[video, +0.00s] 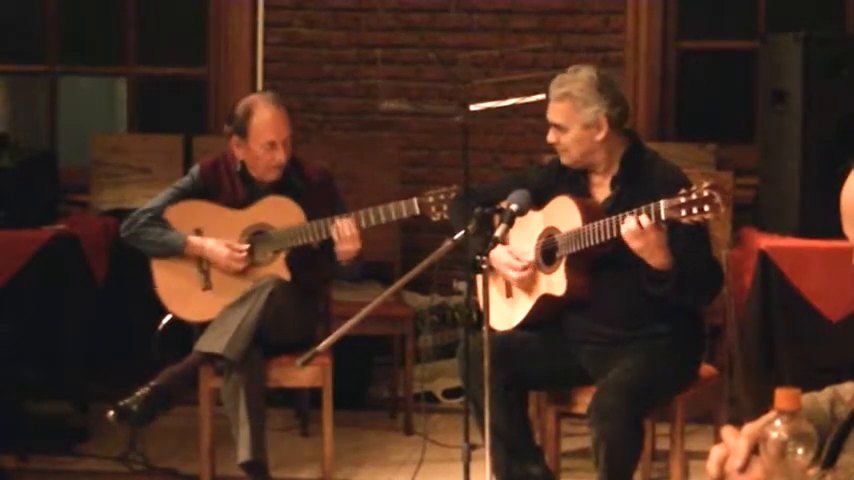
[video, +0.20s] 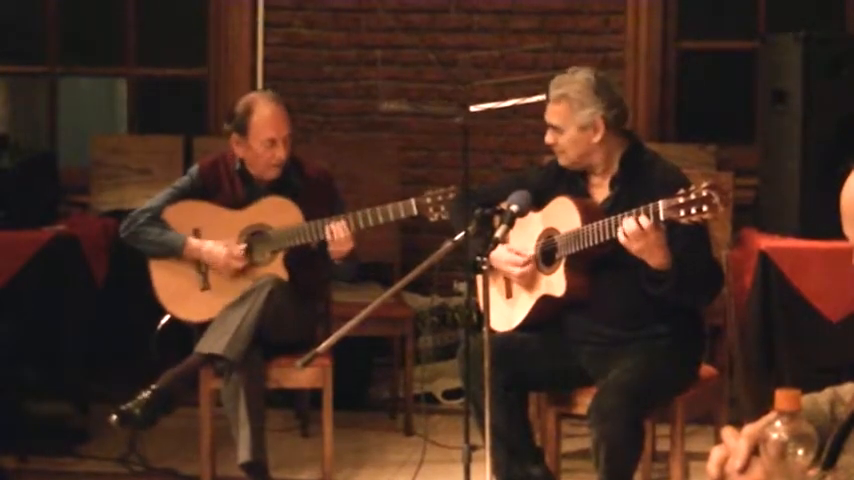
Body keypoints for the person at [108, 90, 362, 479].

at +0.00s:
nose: (281, 156)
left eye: (285, 144)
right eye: (269, 147)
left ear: (292, 138)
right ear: (238, 146)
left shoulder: (313, 181)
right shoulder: (212, 176)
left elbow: (339, 266)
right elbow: (135, 228)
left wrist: (348, 257)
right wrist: (203, 247)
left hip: (297, 314)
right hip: (228, 309)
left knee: (269, 288)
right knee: (244, 354)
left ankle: (169, 383)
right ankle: (253, 467)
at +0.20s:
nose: (281, 154)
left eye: (285, 141)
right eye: (270, 144)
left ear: (291, 137)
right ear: (238, 144)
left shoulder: (314, 183)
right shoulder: (212, 175)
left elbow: (344, 271)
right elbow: (135, 228)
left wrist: (344, 257)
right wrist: (203, 250)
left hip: (298, 314)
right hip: (228, 309)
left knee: (267, 288)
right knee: (245, 355)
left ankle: (166, 388)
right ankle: (254, 469)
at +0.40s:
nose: (278, 151)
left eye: (282, 138)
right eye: (267, 141)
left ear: (289, 136)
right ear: (235, 143)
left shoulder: (311, 184)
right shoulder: (208, 176)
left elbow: (326, 265)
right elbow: (131, 229)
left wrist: (358, 247)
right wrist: (194, 255)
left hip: (294, 319)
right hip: (226, 313)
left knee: (267, 288)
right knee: (244, 354)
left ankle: (169, 394)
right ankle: (253, 469)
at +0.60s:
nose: (273, 153)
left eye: (278, 141)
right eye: (261, 143)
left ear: (284, 137)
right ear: (230, 143)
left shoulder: (308, 184)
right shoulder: (204, 178)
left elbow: (355, 255)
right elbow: (129, 234)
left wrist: (396, 235)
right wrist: (197, 236)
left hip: (296, 319)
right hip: (223, 313)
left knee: (265, 289)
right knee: (243, 355)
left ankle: (167, 397)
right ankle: (249, 470)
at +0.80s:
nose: (272, 157)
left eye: (277, 145)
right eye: (260, 147)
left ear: (284, 138)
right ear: (227, 146)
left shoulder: (306, 185)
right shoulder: (201, 177)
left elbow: (343, 258)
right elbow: (121, 233)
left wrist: (384, 251)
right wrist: (186, 259)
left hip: (291, 323)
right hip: (218, 318)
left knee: (260, 292)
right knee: (237, 366)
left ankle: (162, 401)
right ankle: (243, 473)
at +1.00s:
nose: (270, 158)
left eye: (275, 146)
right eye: (257, 148)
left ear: (283, 139)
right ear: (223, 145)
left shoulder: (304, 188)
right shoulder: (192, 177)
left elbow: (331, 280)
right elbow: (105, 233)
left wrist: (362, 270)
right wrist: (177, 250)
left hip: (284, 331)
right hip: (208, 325)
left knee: (252, 300)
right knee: (225, 368)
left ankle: (143, 409)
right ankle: (232, 476)